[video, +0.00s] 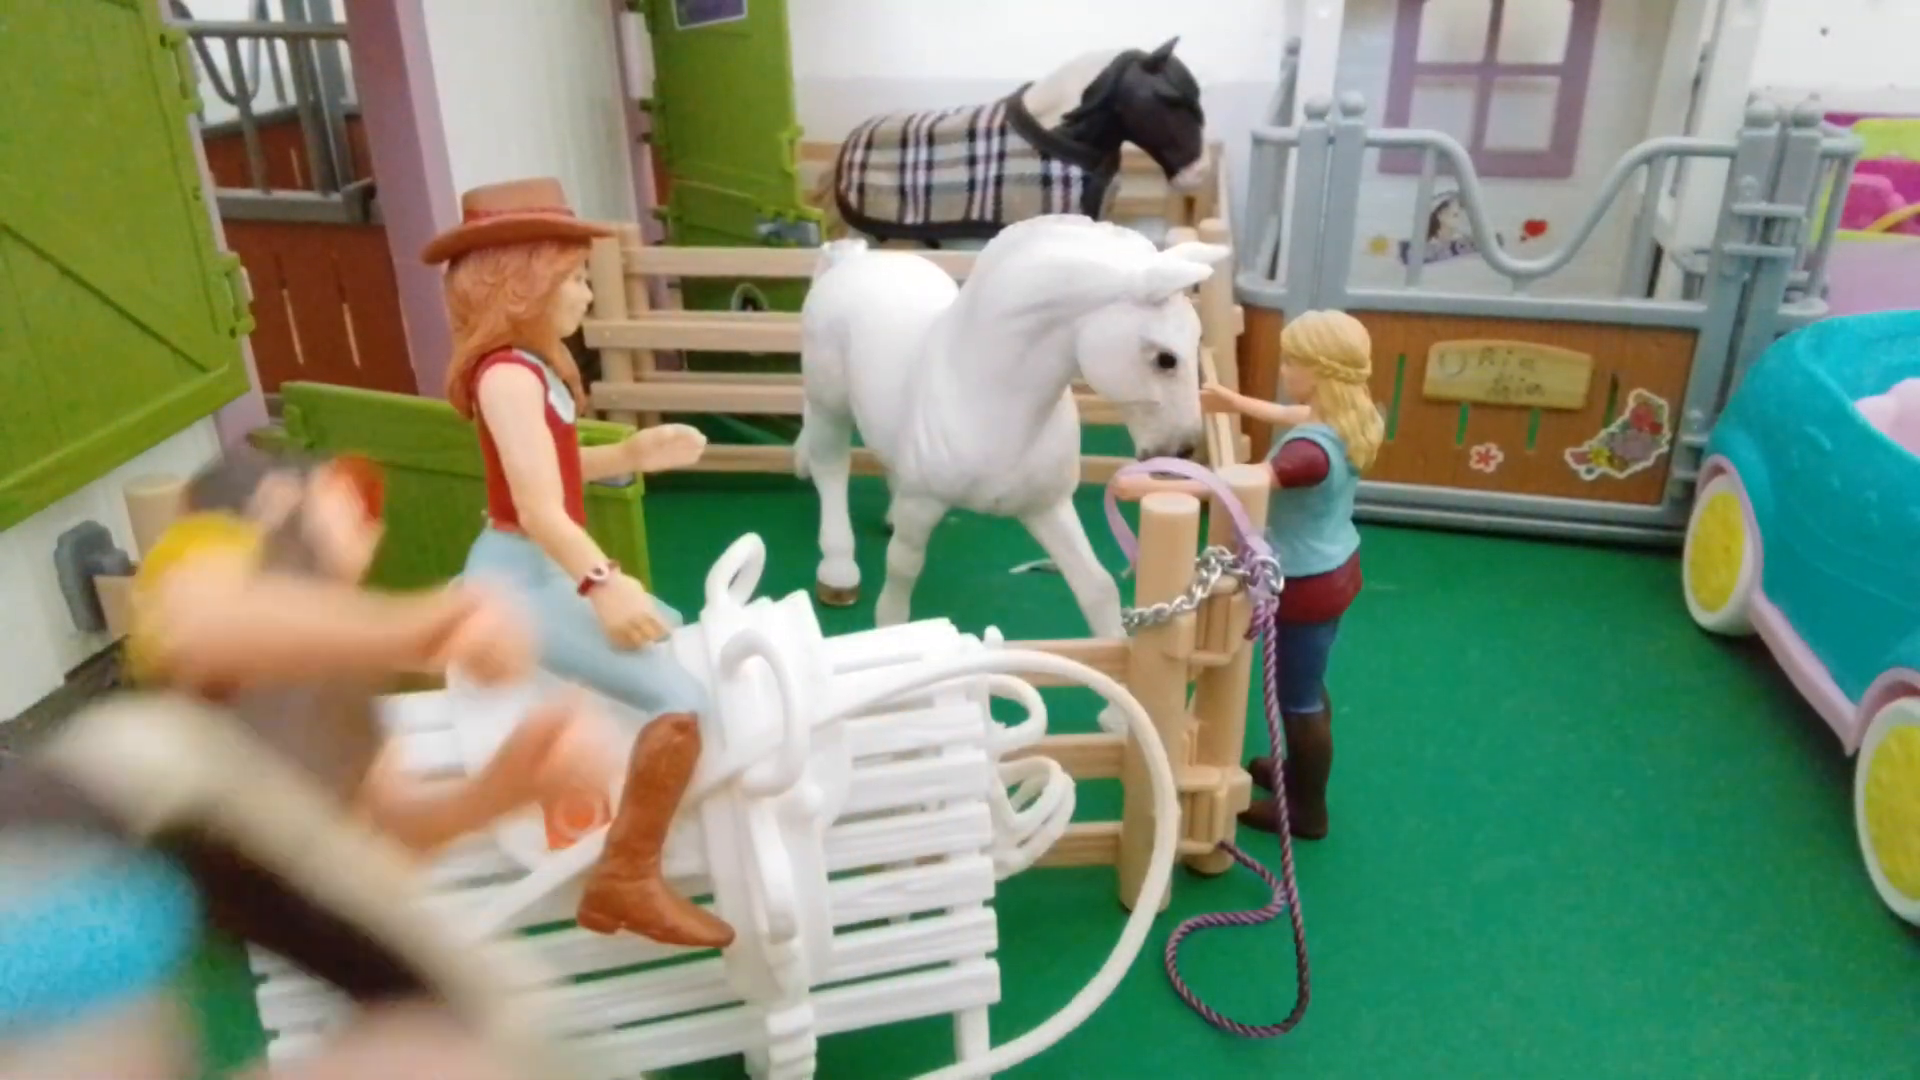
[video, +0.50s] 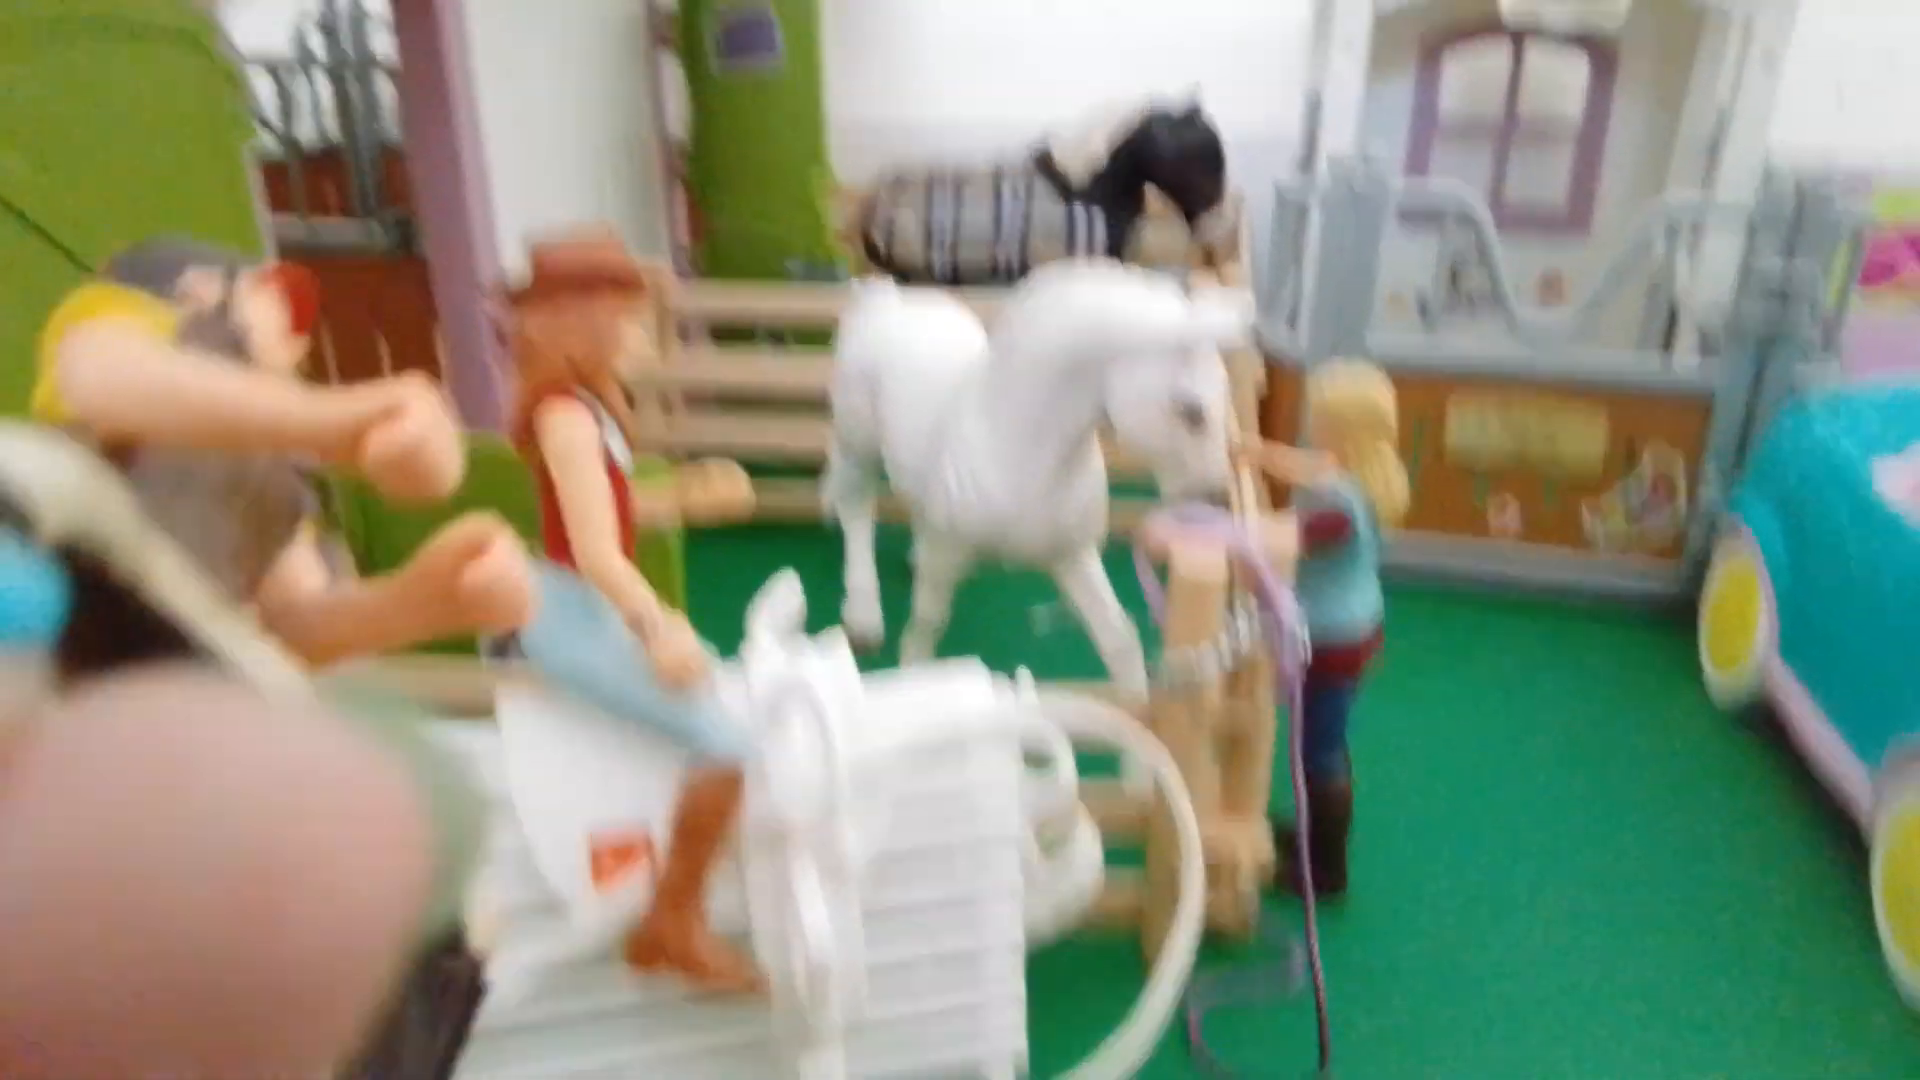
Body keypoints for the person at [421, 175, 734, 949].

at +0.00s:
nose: (588, 295)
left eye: (585, 278)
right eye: (576, 279)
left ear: (530, 289)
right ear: (527, 286)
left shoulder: (535, 369)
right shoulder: (509, 378)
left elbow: (550, 469)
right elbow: (536, 512)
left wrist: (633, 455)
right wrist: (605, 583)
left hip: (548, 569)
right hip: (520, 579)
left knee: (696, 665)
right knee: (683, 696)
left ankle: (637, 873)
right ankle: (627, 879)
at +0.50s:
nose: (631, 328)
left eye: (631, 311)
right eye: (618, 310)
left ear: (613, 317)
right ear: (565, 317)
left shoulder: (591, 406)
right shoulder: (565, 414)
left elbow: (612, 510)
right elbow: (594, 551)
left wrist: (686, 496)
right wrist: (659, 626)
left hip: (600, 619)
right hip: (571, 627)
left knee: (732, 722)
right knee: (724, 739)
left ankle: (676, 916)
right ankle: (674, 919)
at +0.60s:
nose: (659, 512)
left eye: (657, 493)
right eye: (649, 492)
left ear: (628, 497)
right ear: (612, 496)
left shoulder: (616, 582)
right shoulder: (592, 584)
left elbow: (624, 681)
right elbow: (609, 729)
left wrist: (696, 663)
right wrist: (669, 801)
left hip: (610, 781)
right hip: (582, 789)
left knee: (745, 881)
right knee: (731, 915)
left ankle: (687, 1051)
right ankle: (679, 1066)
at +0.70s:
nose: (664, 633)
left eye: (664, 617)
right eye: (656, 616)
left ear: (627, 618)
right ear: (618, 619)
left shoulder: (618, 703)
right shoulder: (591, 712)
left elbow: (629, 780)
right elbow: (614, 845)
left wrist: (698, 770)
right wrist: (668, 918)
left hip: (628, 891)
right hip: (592, 910)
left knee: (727, 938)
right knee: (733, 1022)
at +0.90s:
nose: (693, 617)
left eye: (691, 603)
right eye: (681, 605)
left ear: (651, 613)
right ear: (643, 614)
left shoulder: (653, 683)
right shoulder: (623, 696)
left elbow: (660, 758)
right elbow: (645, 816)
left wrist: (724, 745)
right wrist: (700, 881)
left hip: (663, 852)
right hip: (625, 872)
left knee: (759, 896)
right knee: (765, 982)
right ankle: (732, 1071)